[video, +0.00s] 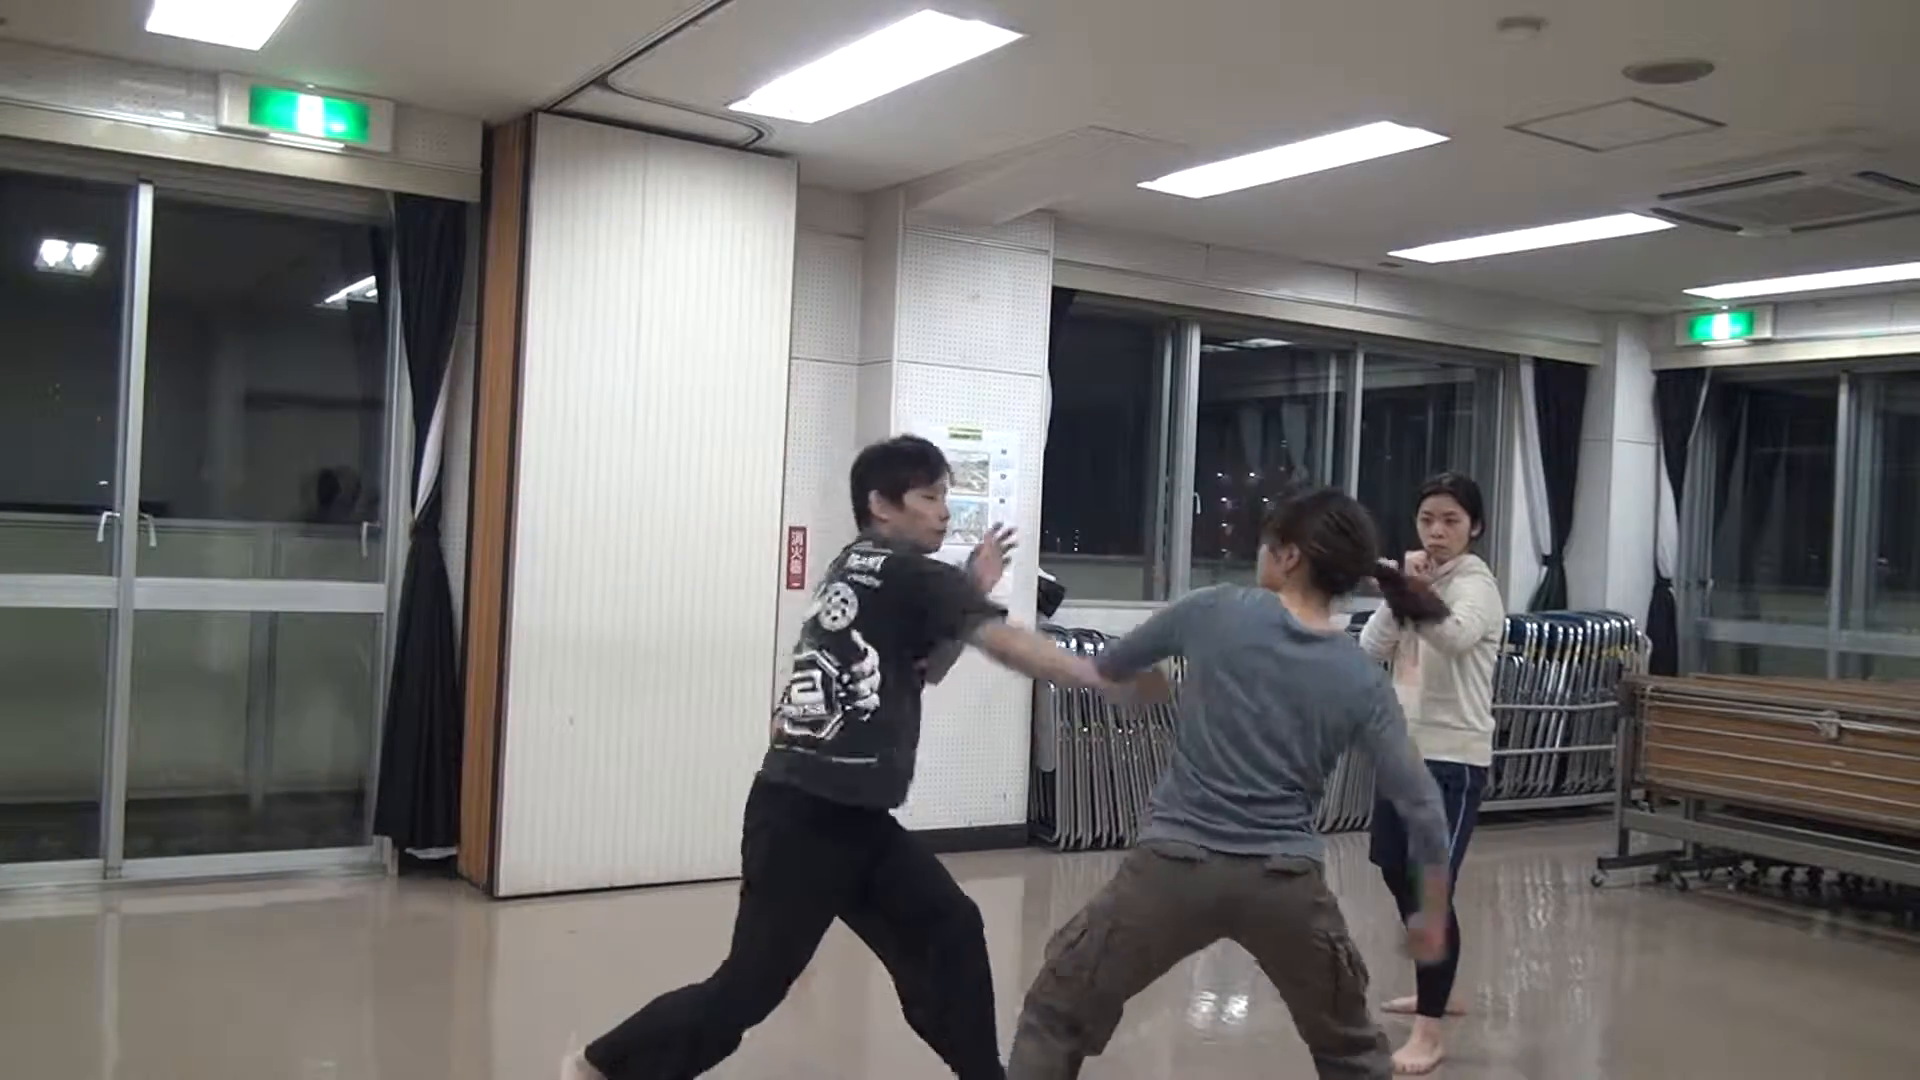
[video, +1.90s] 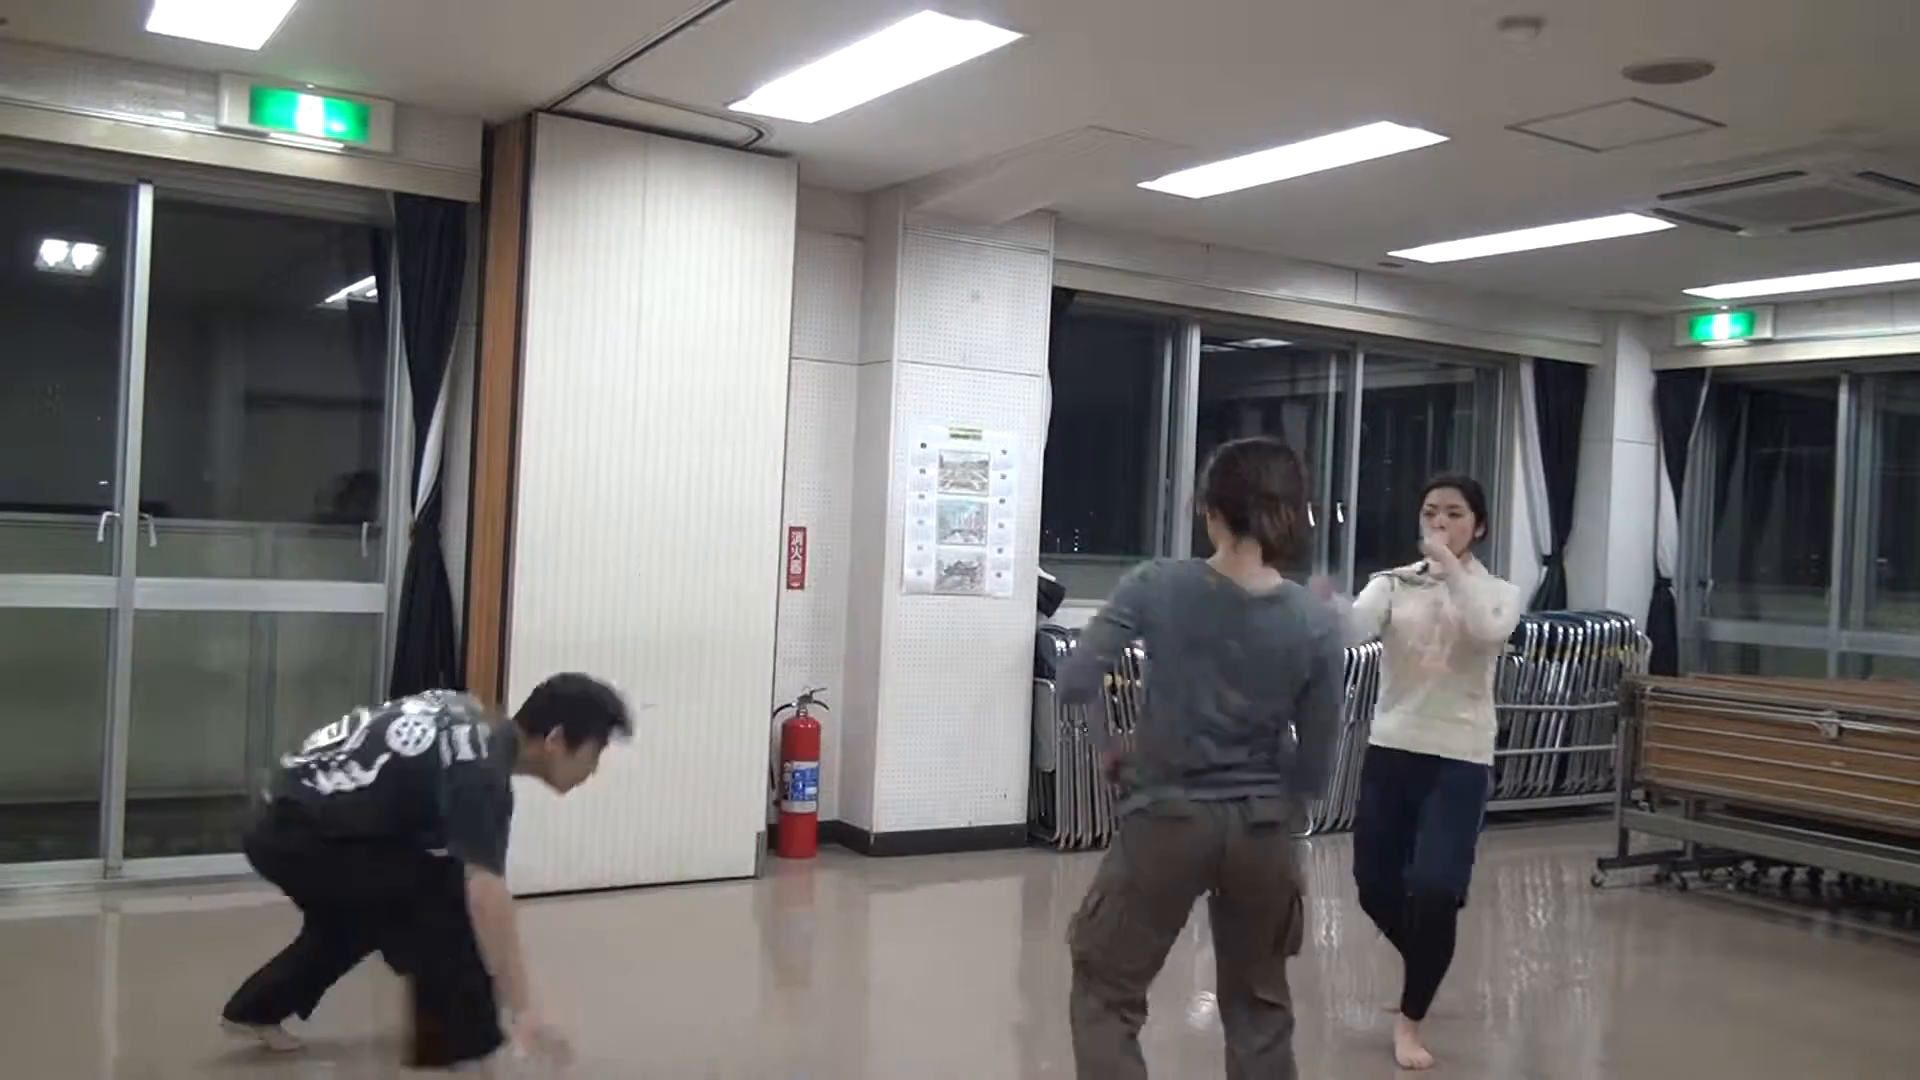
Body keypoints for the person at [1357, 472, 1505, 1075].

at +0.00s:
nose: (1437, 529)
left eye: (1450, 520)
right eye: (1428, 518)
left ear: (1473, 528)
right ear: (1417, 523)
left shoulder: (1477, 581)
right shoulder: (1413, 576)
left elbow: (1457, 637)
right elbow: (1372, 647)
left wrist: (1413, 591)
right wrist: (1406, 590)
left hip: (1455, 754)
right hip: (1405, 748)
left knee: (1433, 885)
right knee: (1389, 857)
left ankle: (1428, 1028)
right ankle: (1436, 981)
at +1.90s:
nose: (1438, 523)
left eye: (1451, 514)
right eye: (1431, 512)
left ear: (1477, 525)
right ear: (1418, 519)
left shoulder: (1496, 590)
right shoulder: (1391, 584)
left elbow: (1488, 630)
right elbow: (1352, 632)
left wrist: (1451, 565)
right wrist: (1326, 610)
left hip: (1461, 758)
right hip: (1391, 750)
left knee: (1434, 891)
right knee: (1375, 886)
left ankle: (1410, 1022)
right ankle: (1426, 958)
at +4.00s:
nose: (1411, 641)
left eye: (1428, 635)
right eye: (1407, 625)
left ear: (1453, 638)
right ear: (1398, 616)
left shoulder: (1469, 685)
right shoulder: (1386, 633)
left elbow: (1466, 782)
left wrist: (1410, 761)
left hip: (1461, 771)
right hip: (1399, 758)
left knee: (1459, 885)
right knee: (1380, 858)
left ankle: (1516, 968)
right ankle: (1344, 980)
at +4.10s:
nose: (1430, 669)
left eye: (1446, 665)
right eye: (1427, 654)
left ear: (1473, 668)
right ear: (1418, 642)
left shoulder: (1495, 714)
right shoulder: (1404, 648)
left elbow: (1490, 782)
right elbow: (1384, 678)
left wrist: (1447, 783)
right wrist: (1372, 717)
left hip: (1488, 781)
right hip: (1429, 767)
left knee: (1481, 878)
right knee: (1395, 866)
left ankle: (1515, 977)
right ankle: (1382, 953)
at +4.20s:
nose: (1455, 688)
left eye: (1470, 680)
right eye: (1449, 674)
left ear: (1490, 679)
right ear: (1438, 662)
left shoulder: (1518, 727)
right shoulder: (1417, 672)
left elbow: (1511, 785)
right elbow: (1377, 679)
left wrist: (1474, 790)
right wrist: (1359, 740)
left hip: (1509, 788)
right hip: (1450, 777)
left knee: (1493, 879)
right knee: (1416, 864)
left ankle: (1515, 978)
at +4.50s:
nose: (1393, 655)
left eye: (1404, 646)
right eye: (1390, 645)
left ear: (1435, 648)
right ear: (1386, 645)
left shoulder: (1470, 698)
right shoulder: (1412, 689)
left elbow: (1516, 778)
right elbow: (1443, 765)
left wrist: (1445, 790)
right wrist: (1411, 740)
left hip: (1546, 780)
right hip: (1498, 775)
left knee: (1481, 862)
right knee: (1449, 838)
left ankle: (1514, 980)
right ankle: (1485, 933)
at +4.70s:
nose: (1392, 644)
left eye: (1401, 632)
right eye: (1388, 633)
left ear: (1430, 633)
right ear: (1387, 636)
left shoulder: (1463, 682)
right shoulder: (1428, 677)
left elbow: (1483, 771)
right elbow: (1459, 741)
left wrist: (1415, 769)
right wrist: (1423, 732)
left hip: (1549, 765)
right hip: (1507, 763)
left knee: (1490, 855)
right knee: (1451, 835)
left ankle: (1516, 978)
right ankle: (1486, 932)